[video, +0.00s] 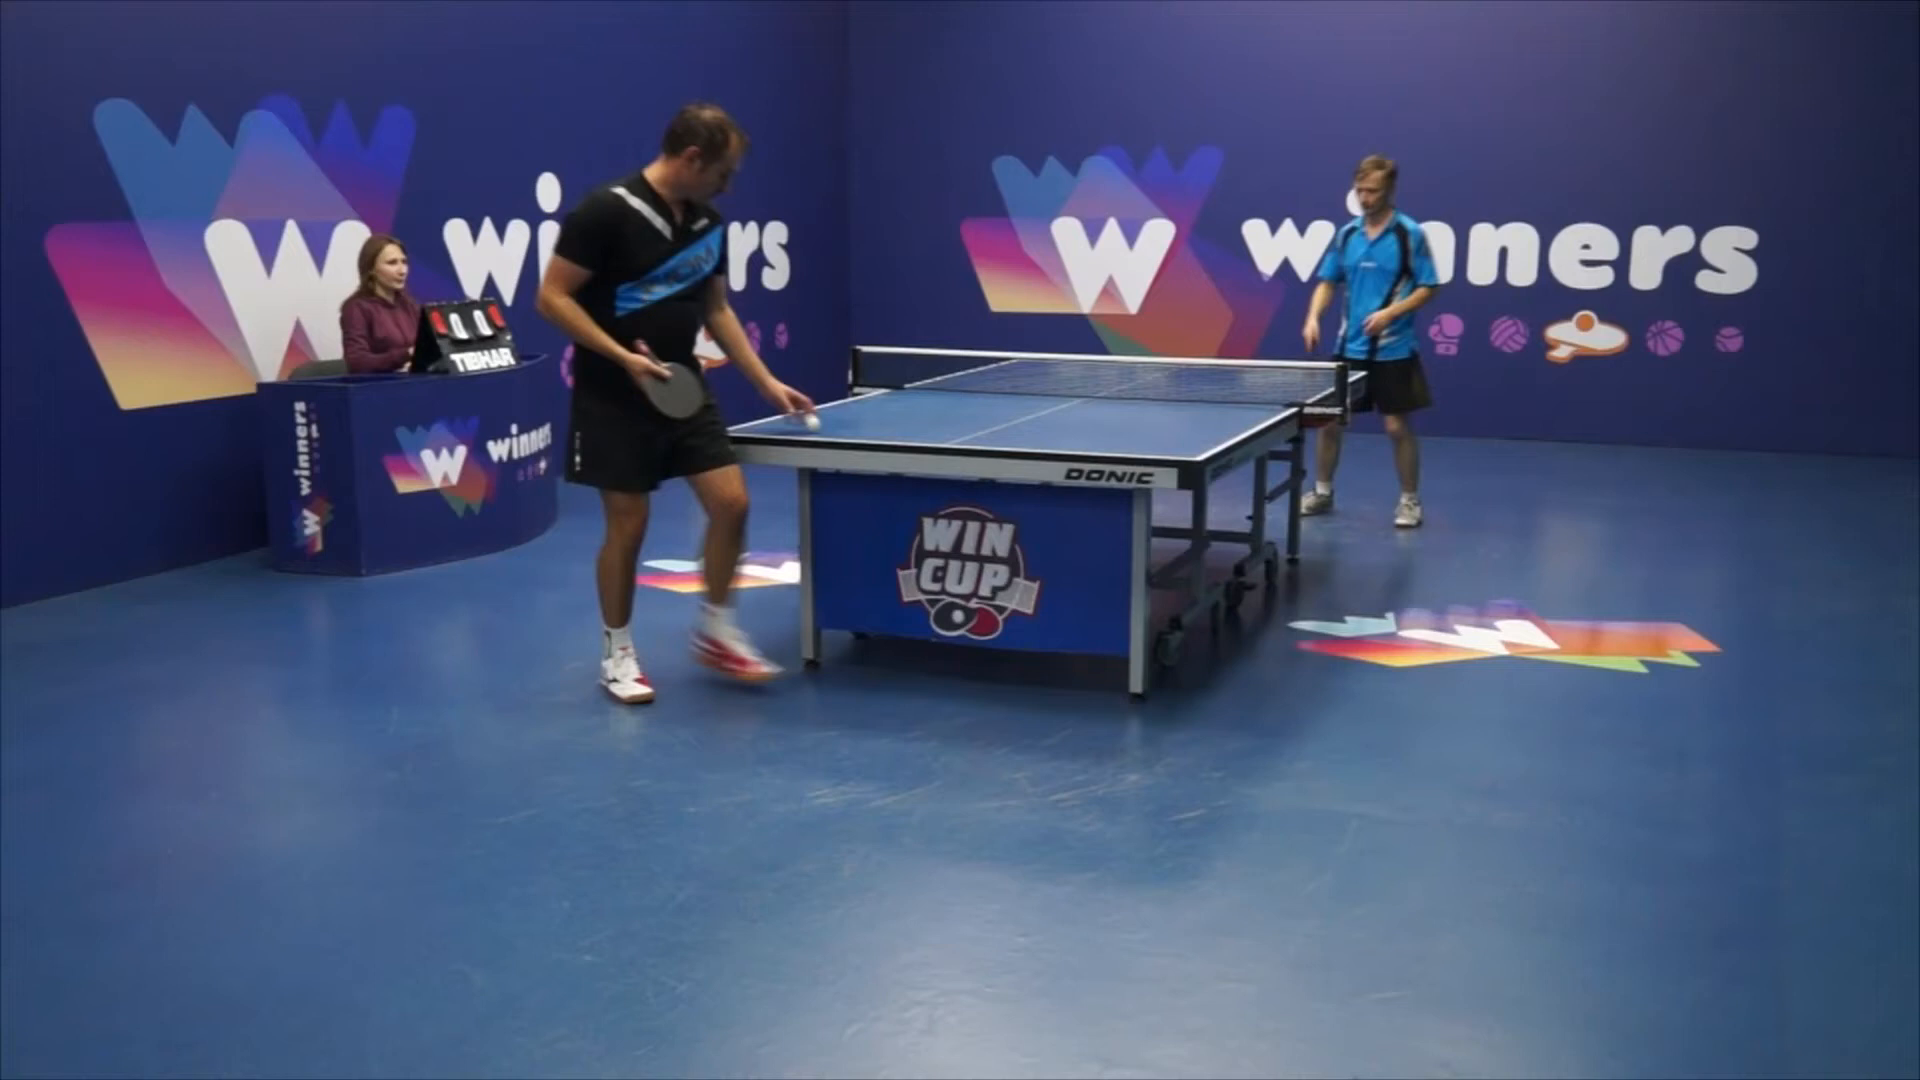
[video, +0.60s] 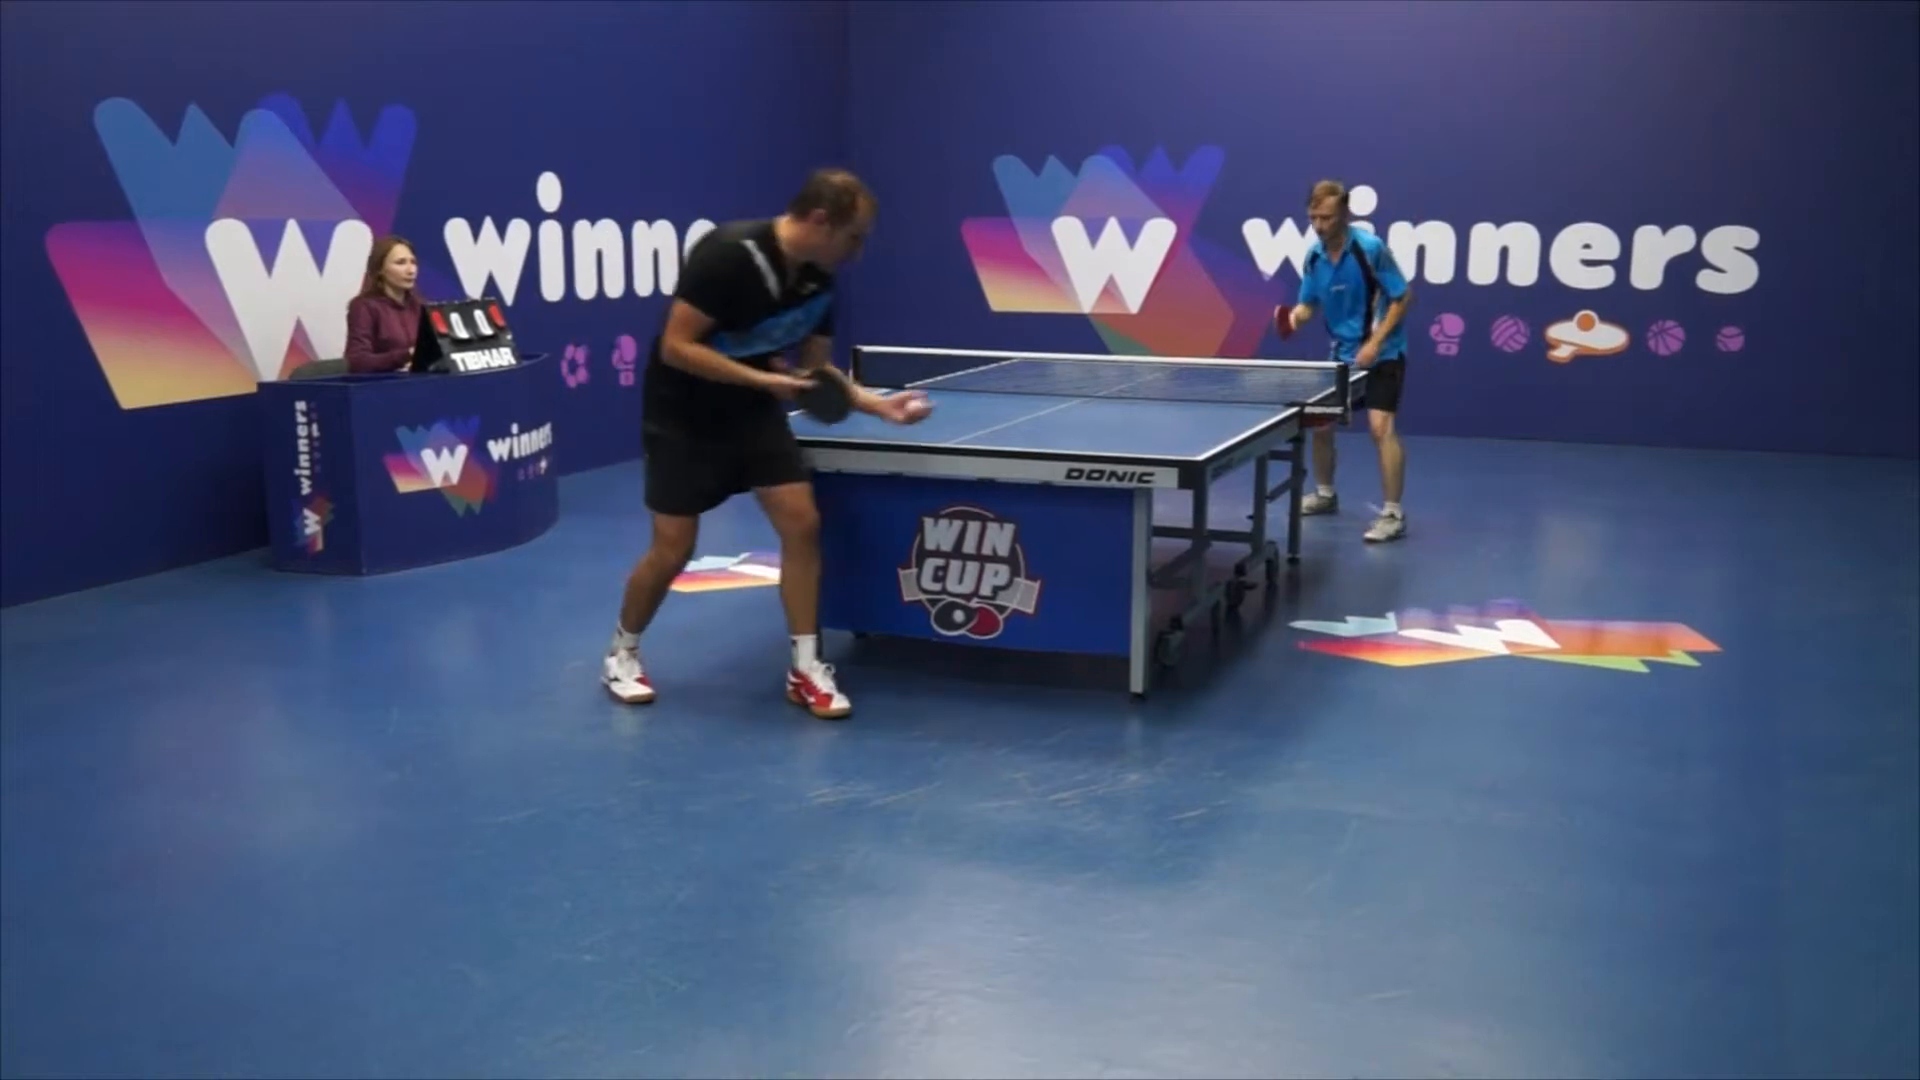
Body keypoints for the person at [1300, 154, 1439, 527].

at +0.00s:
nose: (1366, 196)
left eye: (1374, 190)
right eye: (1362, 189)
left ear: (1390, 192)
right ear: (1356, 189)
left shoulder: (1410, 233)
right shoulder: (1347, 234)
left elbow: (1427, 287)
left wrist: (1390, 314)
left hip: (1392, 350)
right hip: (1350, 348)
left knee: (1396, 427)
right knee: (1331, 422)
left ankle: (1409, 499)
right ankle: (1322, 491)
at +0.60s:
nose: (1320, 224)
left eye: (1327, 217)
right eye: (1316, 217)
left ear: (1344, 215)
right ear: (1311, 216)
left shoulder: (1370, 247)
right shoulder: (1315, 255)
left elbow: (1401, 296)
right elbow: (1308, 304)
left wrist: (1376, 342)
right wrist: (1293, 318)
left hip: (1382, 349)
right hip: (1341, 351)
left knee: (1380, 426)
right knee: (1319, 420)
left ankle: (1392, 511)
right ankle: (1324, 493)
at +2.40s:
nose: (1330, 224)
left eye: (1338, 218)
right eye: (1326, 217)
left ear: (1357, 218)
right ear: (1321, 215)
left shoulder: (1381, 255)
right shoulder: (1315, 258)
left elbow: (1412, 302)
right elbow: (1303, 309)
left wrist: (1382, 333)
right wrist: (1295, 325)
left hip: (1379, 366)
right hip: (1330, 366)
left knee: (1398, 440)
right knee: (1282, 421)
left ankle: (1425, 520)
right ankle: (1270, 502)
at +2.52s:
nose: (1319, 243)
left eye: (1326, 236)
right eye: (1316, 235)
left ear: (1345, 234)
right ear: (1311, 233)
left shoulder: (1371, 267)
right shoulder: (1304, 275)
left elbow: (1409, 306)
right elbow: (1290, 325)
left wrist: (1381, 328)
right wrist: (1282, 364)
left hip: (1373, 375)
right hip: (1323, 375)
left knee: (1397, 444)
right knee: (1268, 429)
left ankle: (1425, 521)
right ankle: (1226, 498)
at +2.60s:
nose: (1309, 260)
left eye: (1316, 253)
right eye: (1305, 253)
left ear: (1334, 250)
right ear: (1300, 250)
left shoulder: (1358, 278)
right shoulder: (1290, 285)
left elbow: (1405, 308)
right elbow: (1265, 330)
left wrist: (1377, 321)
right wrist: (1260, 370)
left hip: (1363, 380)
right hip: (1314, 381)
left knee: (1393, 444)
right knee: (1261, 437)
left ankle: (1420, 522)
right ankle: (1213, 502)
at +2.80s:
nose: (1309, 281)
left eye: (1316, 275)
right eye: (1304, 273)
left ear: (1331, 268)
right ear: (1297, 265)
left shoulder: (1346, 292)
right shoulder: (1282, 288)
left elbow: (1381, 324)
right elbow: (1223, 305)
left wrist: (1347, 314)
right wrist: (1237, 339)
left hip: (1343, 384)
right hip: (1294, 385)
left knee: (1378, 446)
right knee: (1251, 448)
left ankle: (1419, 523)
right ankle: (1202, 507)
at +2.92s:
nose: (1323, 248)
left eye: (1330, 241)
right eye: (1318, 239)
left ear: (1345, 238)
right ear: (1311, 235)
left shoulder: (1359, 267)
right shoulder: (1296, 268)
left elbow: (1400, 281)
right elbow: (1249, 296)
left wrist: (1361, 287)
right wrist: (1227, 291)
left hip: (1352, 375)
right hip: (1301, 375)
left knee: (1384, 440)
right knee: (1250, 434)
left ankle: (1420, 522)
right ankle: (1205, 503)